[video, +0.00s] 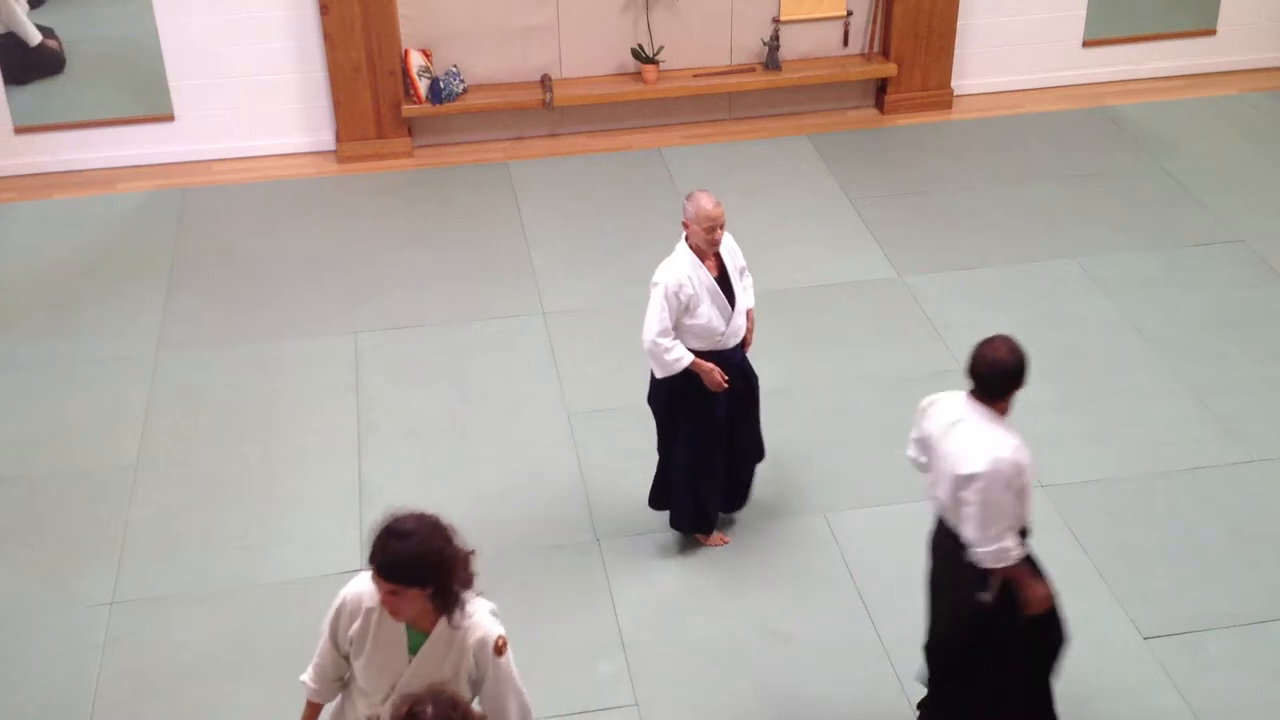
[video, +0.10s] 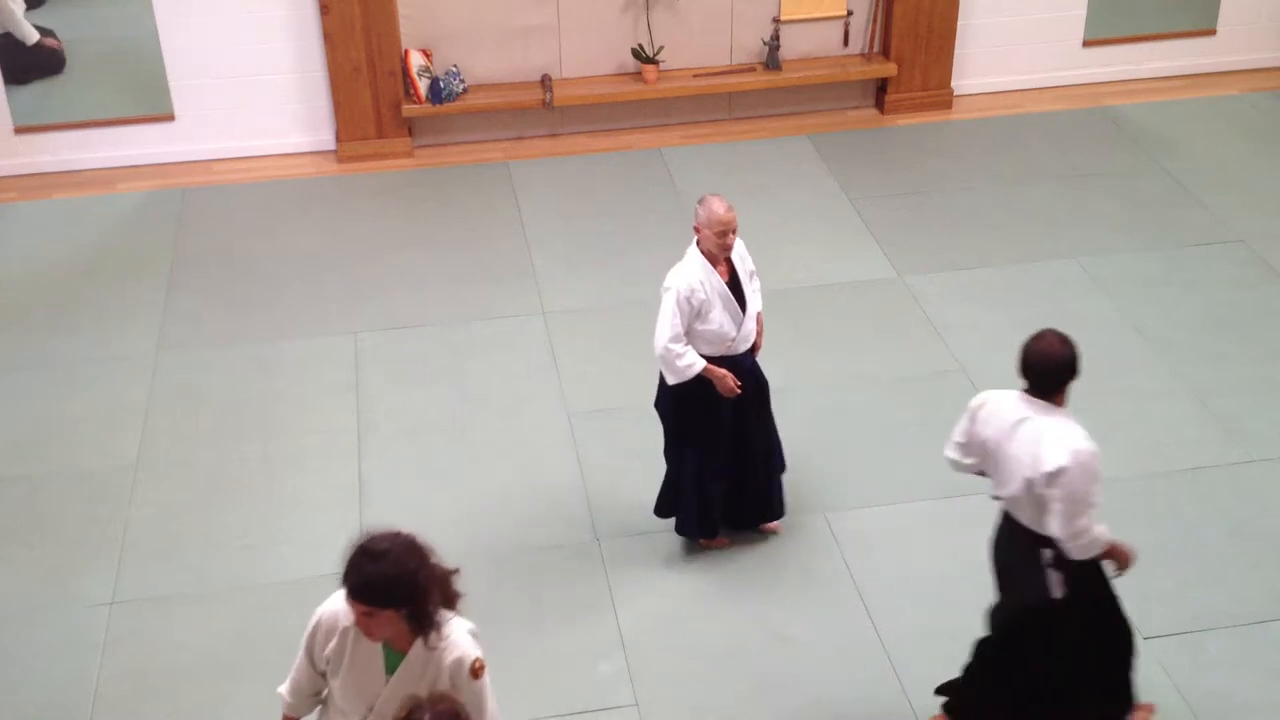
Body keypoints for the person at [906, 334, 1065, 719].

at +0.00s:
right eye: (1018, 375)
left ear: (970, 372)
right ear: (1016, 386)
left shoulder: (939, 407)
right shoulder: (997, 457)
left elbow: (920, 457)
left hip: (946, 542)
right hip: (993, 563)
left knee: (952, 636)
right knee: (1039, 638)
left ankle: (945, 702)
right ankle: (1017, 707)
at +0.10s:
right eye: (1069, 369)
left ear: (1022, 370)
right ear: (1070, 377)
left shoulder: (990, 406)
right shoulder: (1073, 449)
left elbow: (960, 457)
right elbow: (1073, 534)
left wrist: (1008, 467)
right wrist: (1112, 550)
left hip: (1009, 542)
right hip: (1056, 559)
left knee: (1017, 631)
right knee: (1110, 636)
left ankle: (963, 704)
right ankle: (1114, 706)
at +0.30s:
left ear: (1121, 374)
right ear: (1170, 378)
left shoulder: (1086, 421)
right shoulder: (1181, 444)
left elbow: (1062, 486)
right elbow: (1201, 528)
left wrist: (1110, 476)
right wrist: (1237, 540)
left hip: (1107, 550)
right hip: (1160, 564)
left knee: (1132, 646)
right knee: (1203, 644)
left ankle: (1132, 707)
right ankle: (1173, 709)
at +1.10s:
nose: (1261, 305)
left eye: (1266, 299)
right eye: (1263, 298)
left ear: (1279, 307)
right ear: (1275, 306)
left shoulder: (1267, 367)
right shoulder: (1267, 365)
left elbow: (1249, 437)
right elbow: (1252, 431)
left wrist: (1223, 452)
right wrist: (1229, 450)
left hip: (1264, 478)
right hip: (1269, 472)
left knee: (1245, 541)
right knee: (1262, 544)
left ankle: (1238, 603)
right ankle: (1256, 606)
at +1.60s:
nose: (1265, 293)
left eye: (1271, 287)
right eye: (1265, 285)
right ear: (1269, 283)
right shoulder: (1279, 330)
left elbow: (1279, 422)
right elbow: (1279, 368)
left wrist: (1236, 429)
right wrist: (1263, 386)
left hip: (1277, 448)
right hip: (1275, 442)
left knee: (1241, 508)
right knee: (1257, 507)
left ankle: (1237, 595)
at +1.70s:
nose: (1259, 295)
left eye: (1266, 291)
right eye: (1260, 287)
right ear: (1267, 285)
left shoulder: (1278, 335)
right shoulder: (1275, 321)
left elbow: (1274, 424)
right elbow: (1275, 365)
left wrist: (1218, 428)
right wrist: (1254, 383)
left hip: (1276, 449)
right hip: (1271, 442)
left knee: (1241, 511)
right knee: (1249, 508)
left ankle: (1222, 607)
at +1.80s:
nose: (1248, 305)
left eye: (1256, 300)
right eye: (1249, 296)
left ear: (1278, 305)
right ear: (1272, 300)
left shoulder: (1278, 368)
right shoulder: (1271, 326)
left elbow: (1253, 432)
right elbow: (1265, 366)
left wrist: (1187, 426)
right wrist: (1241, 388)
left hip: (1272, 462)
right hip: (1264, 450)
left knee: (1236, 527)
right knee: (1239, 514)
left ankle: (1212, 621)